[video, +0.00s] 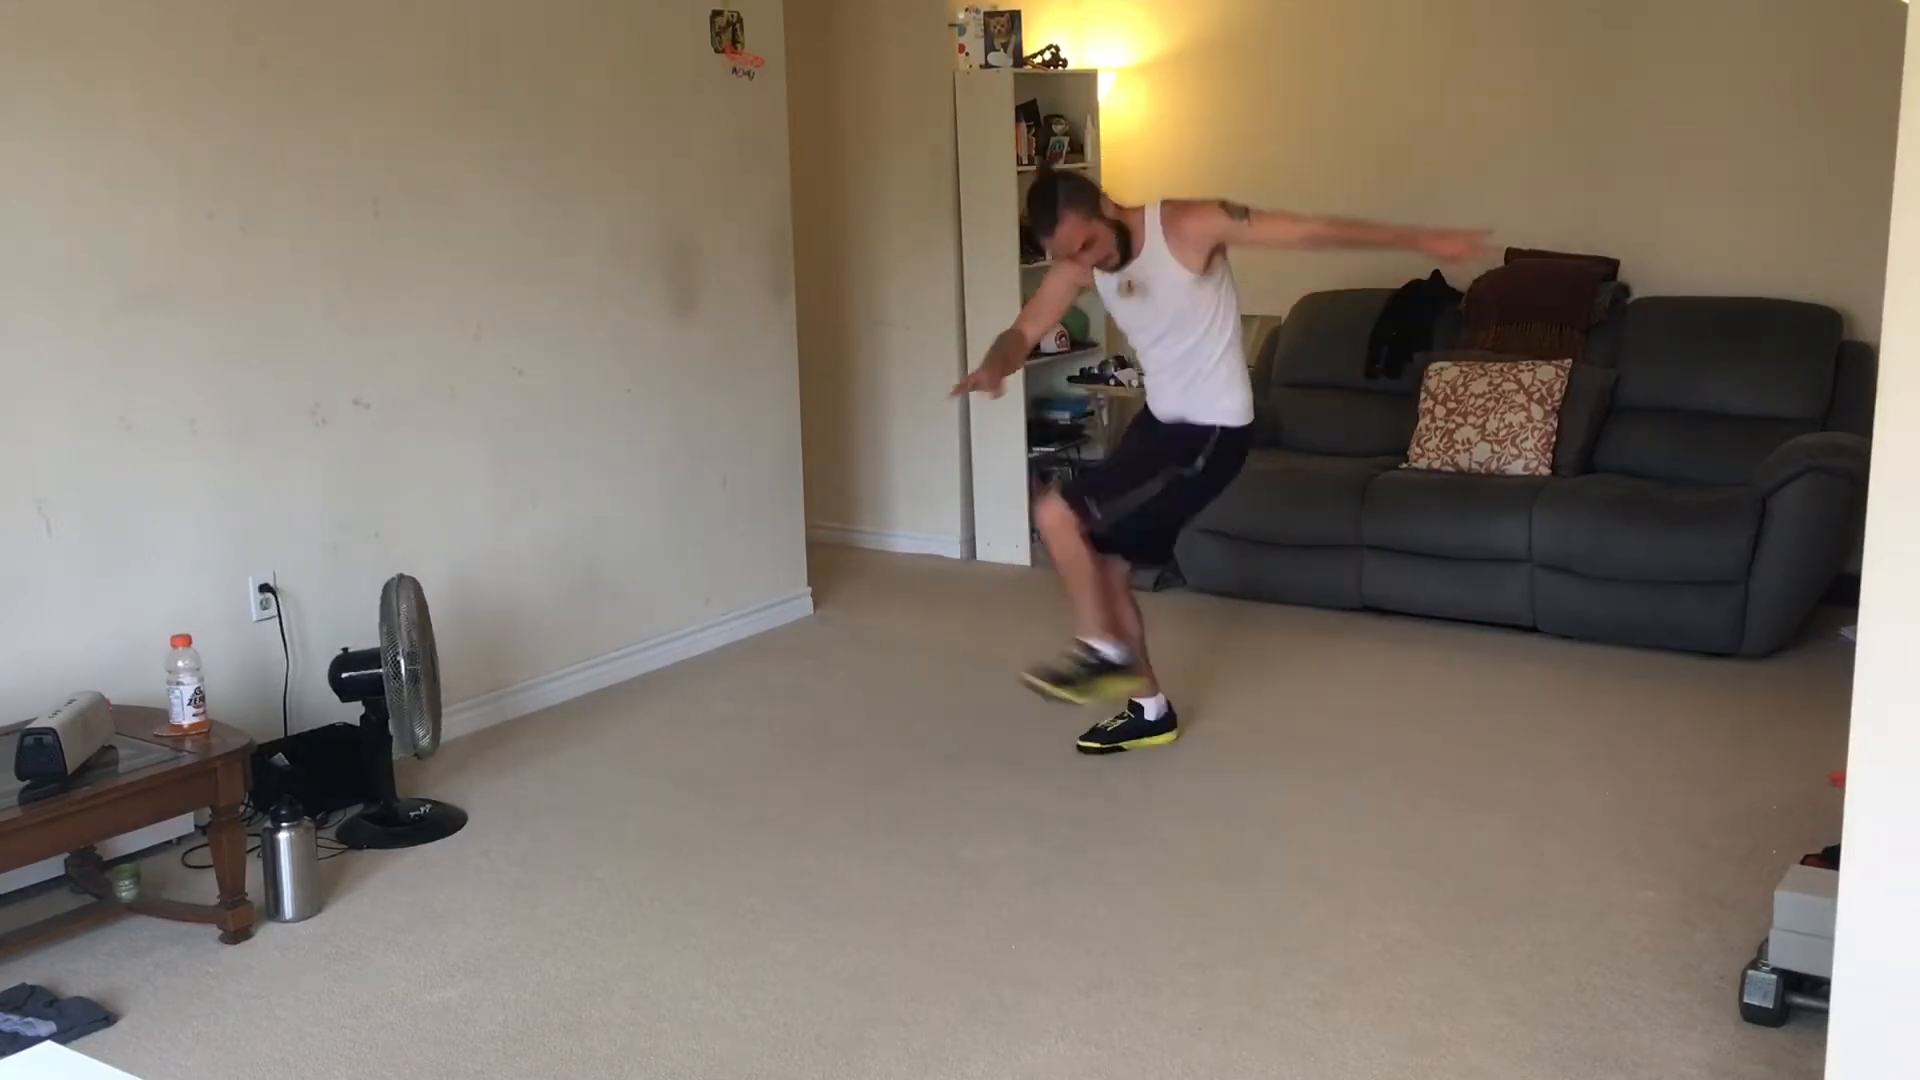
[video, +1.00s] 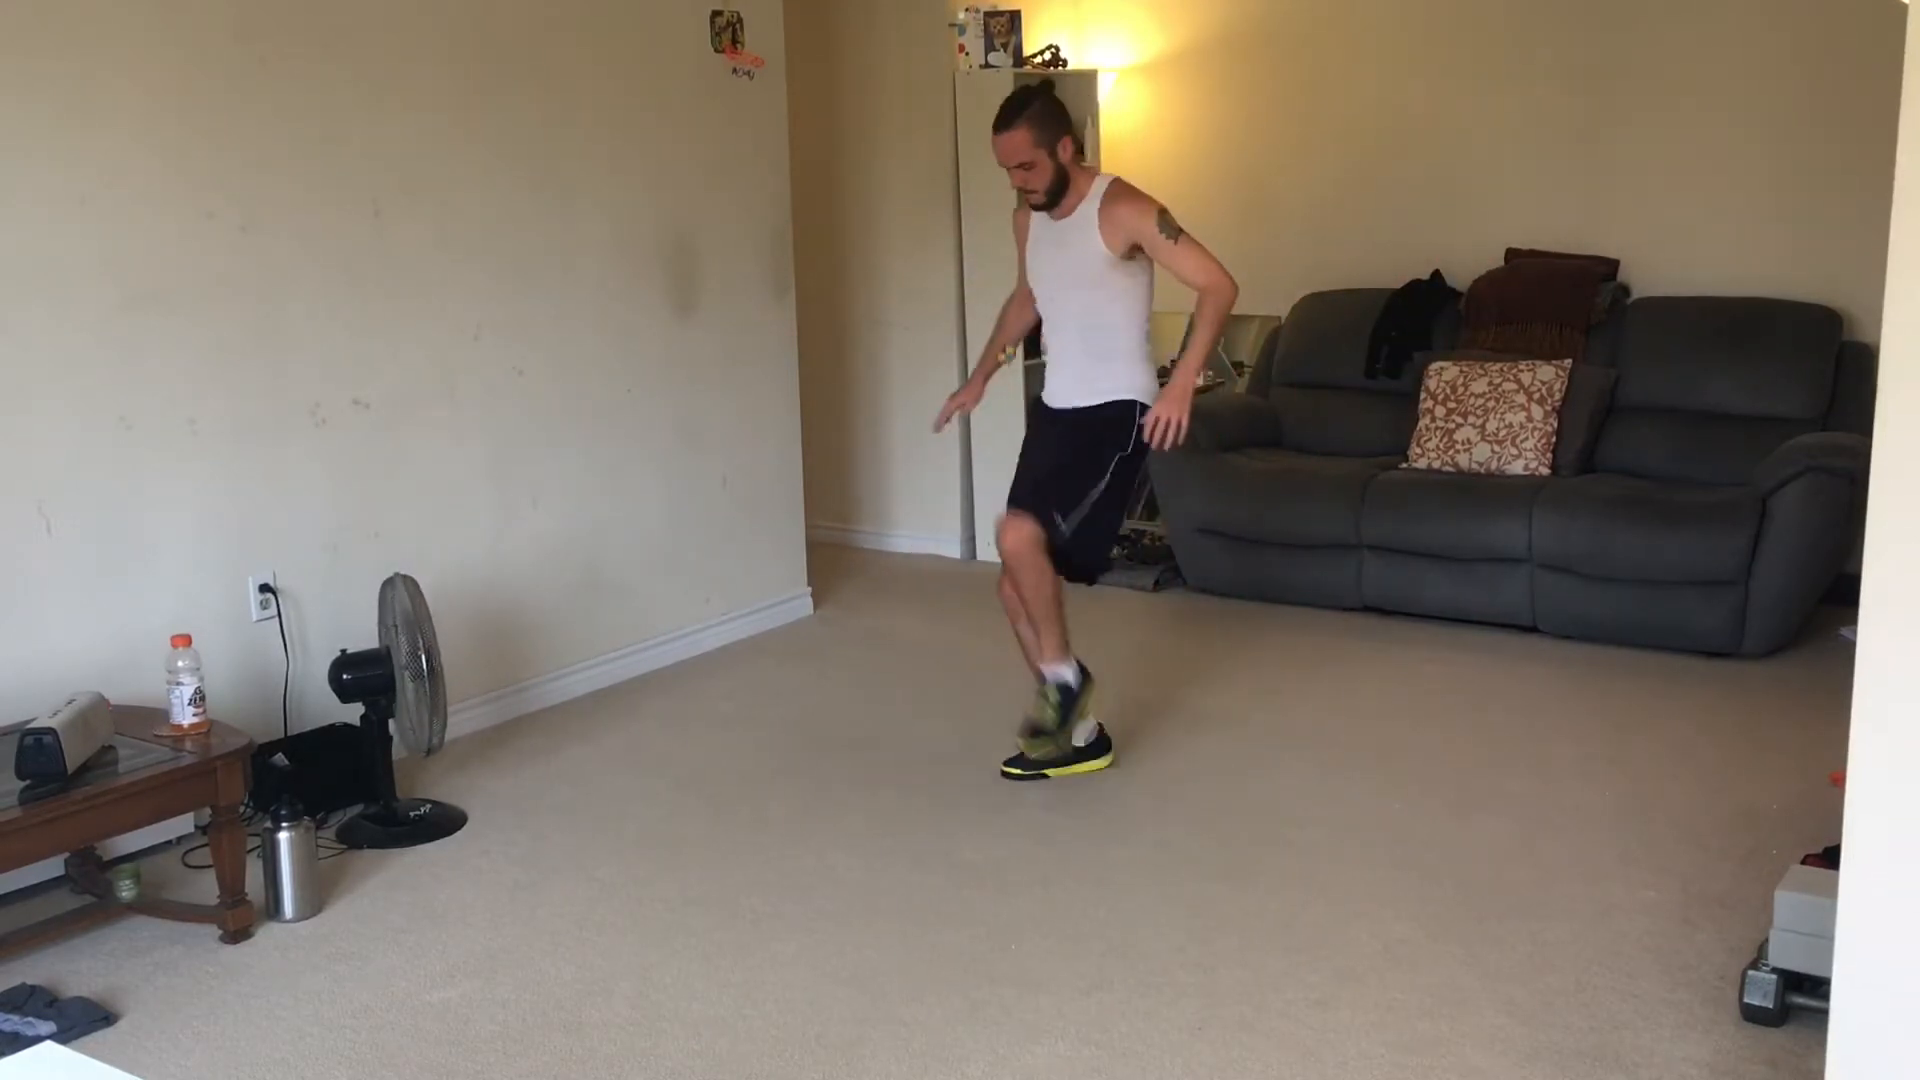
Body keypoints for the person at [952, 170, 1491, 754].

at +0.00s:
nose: (1088, 263)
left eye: (1088, 246)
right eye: (1073, 257)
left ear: (1107, 209)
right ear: (1060, 245)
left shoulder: (1188, 225)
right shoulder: (1081, 263)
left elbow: (1311, 232)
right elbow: (1026, 331)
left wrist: (1425, 241)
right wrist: (992, 369)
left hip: (1215, 427)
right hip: (1160, 422)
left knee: (1060, 512)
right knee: (1102, 561)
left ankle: (1101, 649)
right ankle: (1149, 705)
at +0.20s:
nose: (1114, 202)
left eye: (1122, 187)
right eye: (1100, 193)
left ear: (1147, 154)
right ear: (1086, 176)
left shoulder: (1204, 191)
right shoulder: (1086, 191)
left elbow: (1294, 253)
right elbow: (1009, 211)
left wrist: (1324, 358)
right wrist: (955, 254)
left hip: (1211, 354)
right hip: (1143, 358)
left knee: (1086, 429)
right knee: (1120, 523)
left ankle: (1072, 605)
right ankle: (1145, 682)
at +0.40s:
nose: (1147, 194)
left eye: (1162, 182)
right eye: (1139, 178)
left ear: (1197, 169)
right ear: (1129, 164)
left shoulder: (1222, 235)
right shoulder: (1126, 206)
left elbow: (1167, 322)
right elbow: (1135, 299)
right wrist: (1076, 317)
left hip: (1175, 440)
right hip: (1100, 424)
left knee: (1161, 609)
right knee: (1075, 585)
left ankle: (1199, 739)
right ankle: (1090, 733)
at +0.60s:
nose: (1083, 160)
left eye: (1097, 146)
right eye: (1074, 145)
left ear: (1134, 129)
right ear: (1068, 130)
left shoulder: (1174, 184)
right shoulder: (1087, 180)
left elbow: (1178, 294)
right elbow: (1092, 270)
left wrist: (1070, 264)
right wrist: (1057, 335)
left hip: (1162, 385)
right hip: (1095, 367)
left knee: (1140, 568)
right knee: (958, 332)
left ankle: (1188, 710)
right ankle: (1057, 456)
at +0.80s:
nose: (1050, 193)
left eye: (1060, 178)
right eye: (1042, 179)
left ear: (1101, 160)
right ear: (1041, 167)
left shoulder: (1155, 226)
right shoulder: (1065, 223)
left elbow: (1236, 324)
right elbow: (1056, 308)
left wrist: (1195, 426)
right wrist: (1010, 394)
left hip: (1127, 429)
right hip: (1062, 412)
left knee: (1083, 600)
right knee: (919, 435)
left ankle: (1126, 762)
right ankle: (934, 600)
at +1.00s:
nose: (1017, 182)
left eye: (1026, 166)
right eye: (1008, 169)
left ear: (1067, 149)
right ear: (1004, 160)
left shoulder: (1125, 210)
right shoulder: (1029, 218)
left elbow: (1219, 287)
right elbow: (1028, 299)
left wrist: (1182, 384)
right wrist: (979, 377)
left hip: (1117, 410)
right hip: (1056, 411)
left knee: (1020, 535)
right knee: (1013, 584)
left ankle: (1062, 678)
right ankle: (1079, 734)